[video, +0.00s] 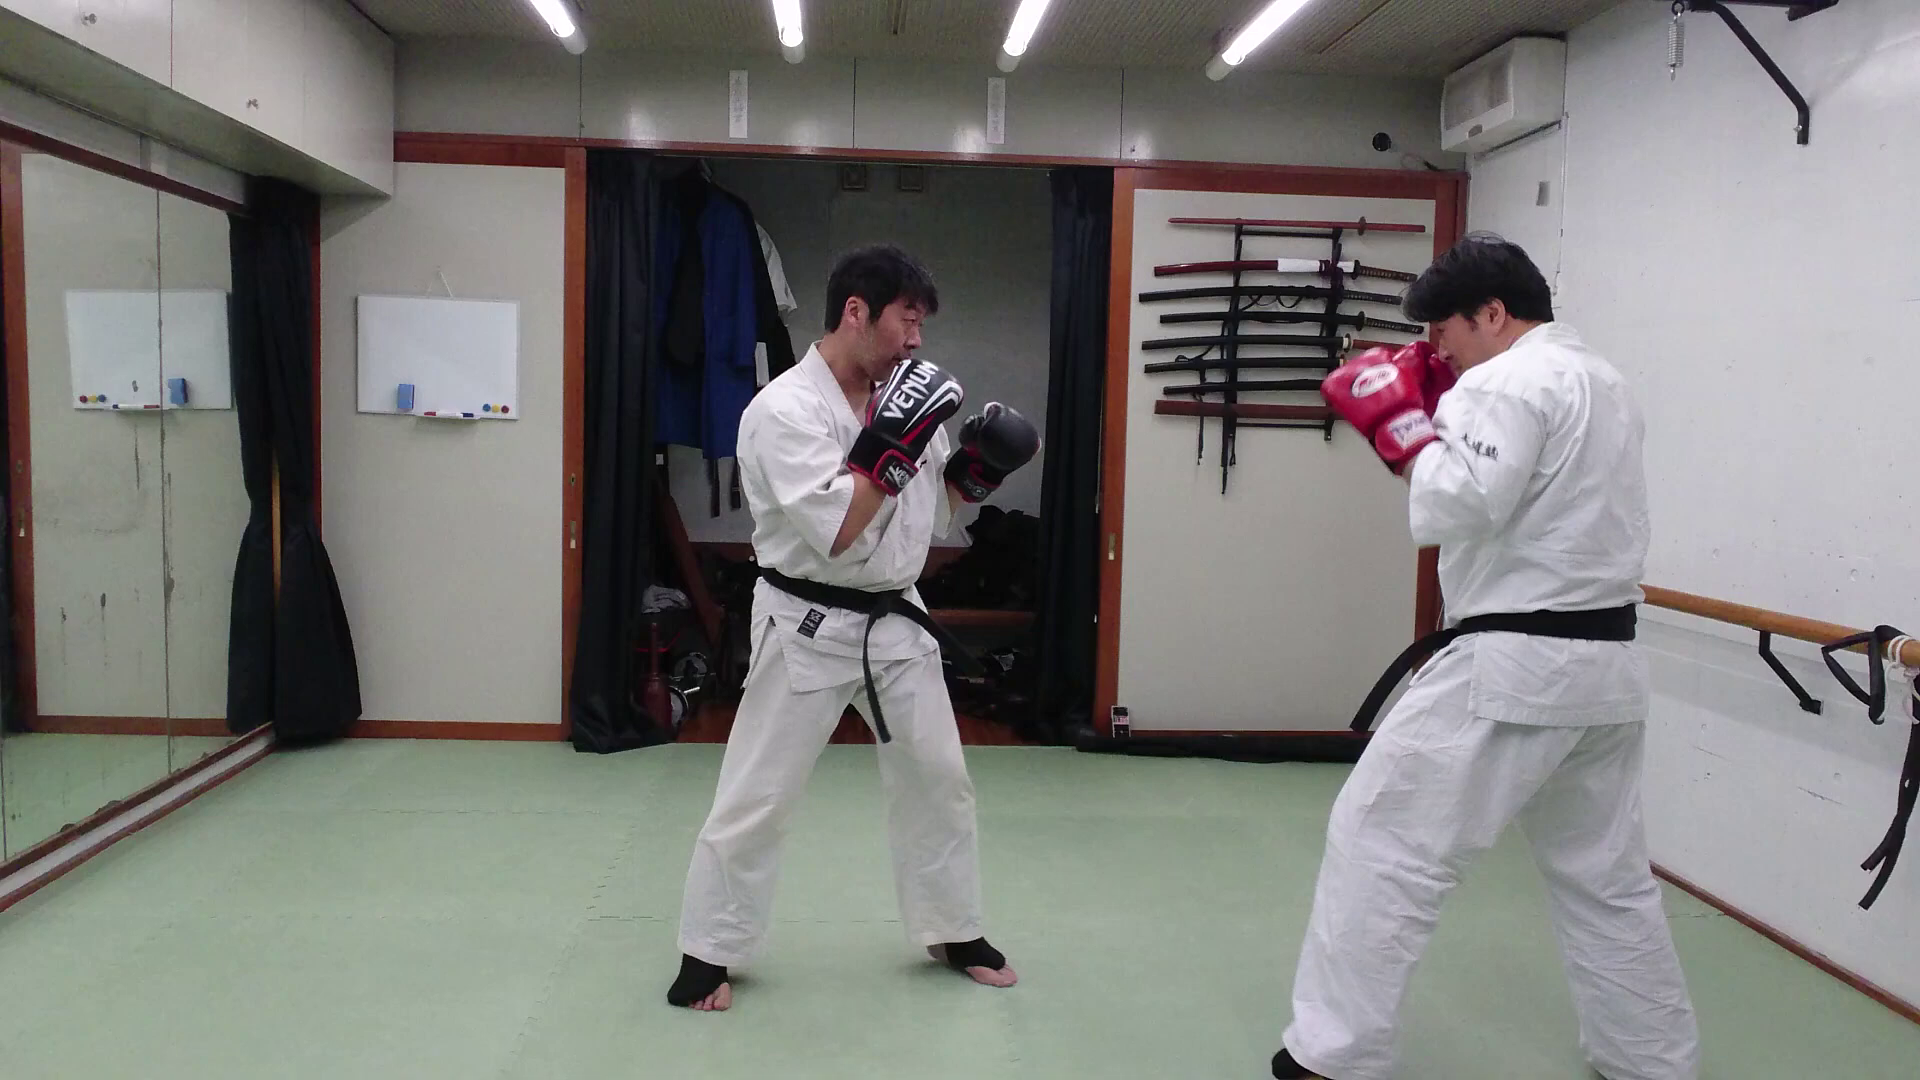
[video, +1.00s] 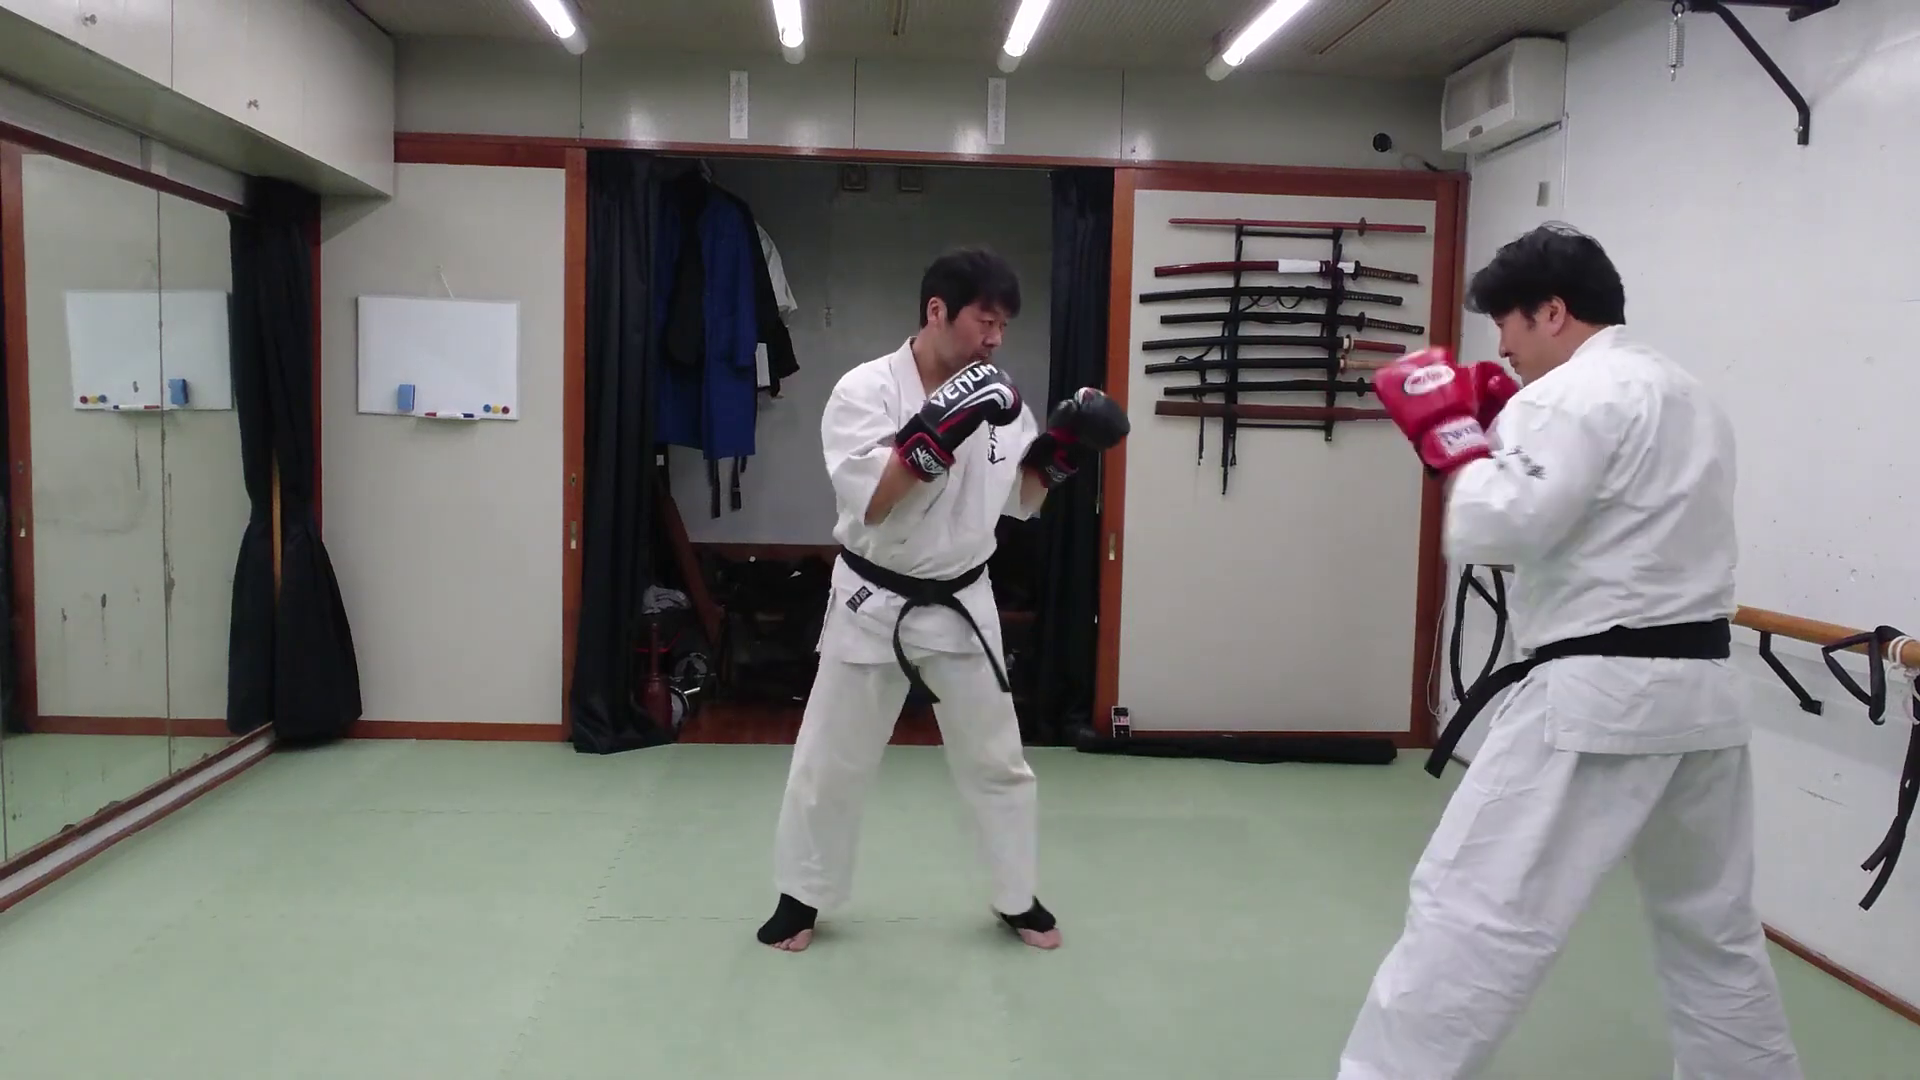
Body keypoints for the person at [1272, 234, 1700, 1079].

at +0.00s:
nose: (1439, 353)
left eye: (1444, 330)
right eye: (1433, 337)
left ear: (1495, 311)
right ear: (1514, 316)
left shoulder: (1514, 381)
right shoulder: (1606, 380)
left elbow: (1456, 503)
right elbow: (1532, 488)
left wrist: (1397, 422)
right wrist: (1433, 416)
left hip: (1511, 665)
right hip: (1611, 664)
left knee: (1381, 840)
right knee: (1607, 881)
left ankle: (1332, 1056)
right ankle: (1653, 1064)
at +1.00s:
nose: (1502, 351)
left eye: (1506, 330)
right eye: (1497, 335)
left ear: (1554, 312)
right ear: (1593, 310)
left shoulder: (1570, 397)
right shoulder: (1693, 394)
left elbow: (1495, 525)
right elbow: (1611, 490)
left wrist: (1457, 441)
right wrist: (1509, 414)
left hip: (1591, 700)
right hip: (1708, 699)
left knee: (1467, 922)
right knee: (1717, 943)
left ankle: (1389, 1068)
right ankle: (1753, 1076)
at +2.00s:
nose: (1488, 331)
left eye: (1489, 308)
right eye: (1483, 312)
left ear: (1528, 291)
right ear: (1606, 286)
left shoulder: (1494, 386)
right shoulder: (1706, 397)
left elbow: (1394, 516)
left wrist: (1350, 449)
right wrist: (1485, 383)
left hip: (1516, 731)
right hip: (1671, 730)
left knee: (1393, 988)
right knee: (1698, 998)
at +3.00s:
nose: (1440, 310)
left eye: (1440, 287)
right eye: (1437, 288)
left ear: (1481, 284)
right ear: (1563, 264)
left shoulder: (1585, 408)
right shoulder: (1574, 369)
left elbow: (1503, 585)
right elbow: (1535, 488)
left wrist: (1380, 511)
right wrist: (1439, 460)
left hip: (1518, 754)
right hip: (1475, 702)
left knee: (1409, 991)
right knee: (1358, 773)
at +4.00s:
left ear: (1111, 268)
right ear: (1244, 255)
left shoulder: (1033, 384)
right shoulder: (1326, 379)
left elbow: (920, 590)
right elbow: (1397, 567)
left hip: (1031, 813)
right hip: (1199, 830)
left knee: (1049, 1048)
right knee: (1142, 1064)